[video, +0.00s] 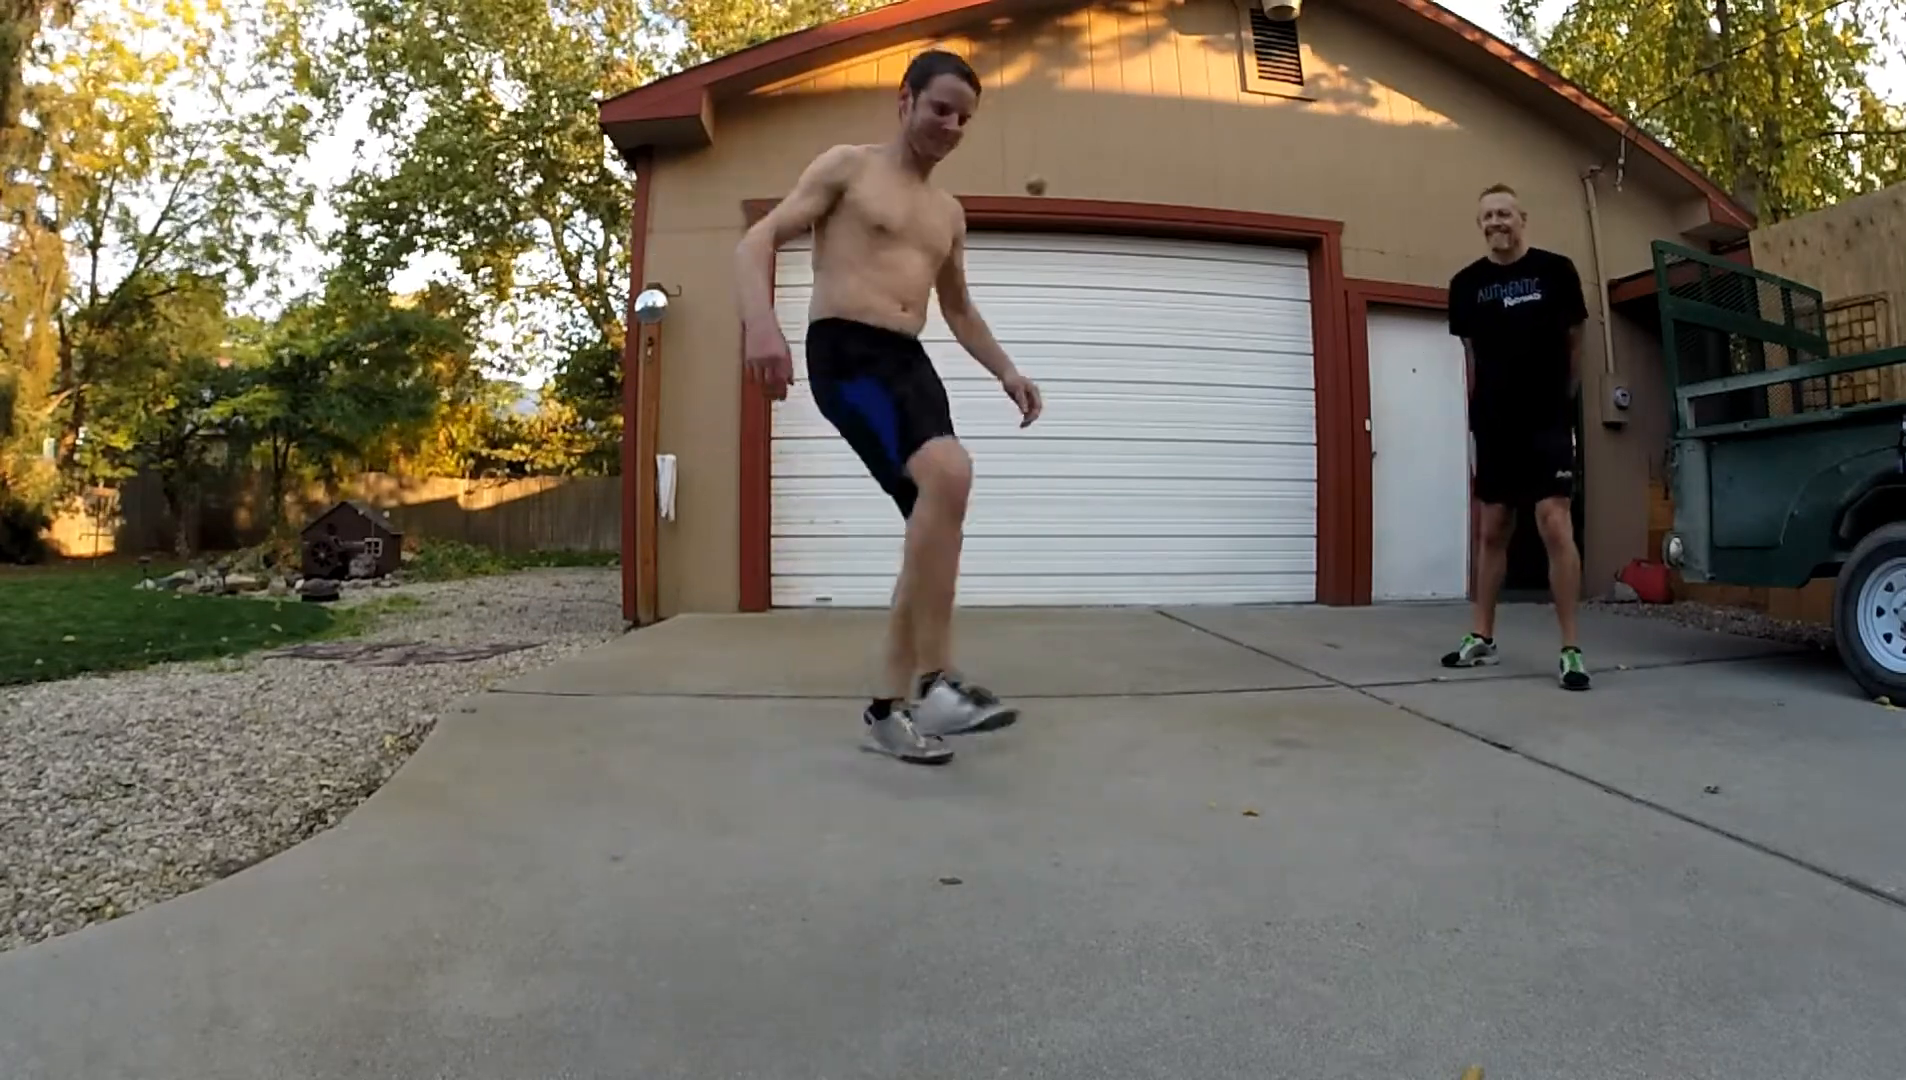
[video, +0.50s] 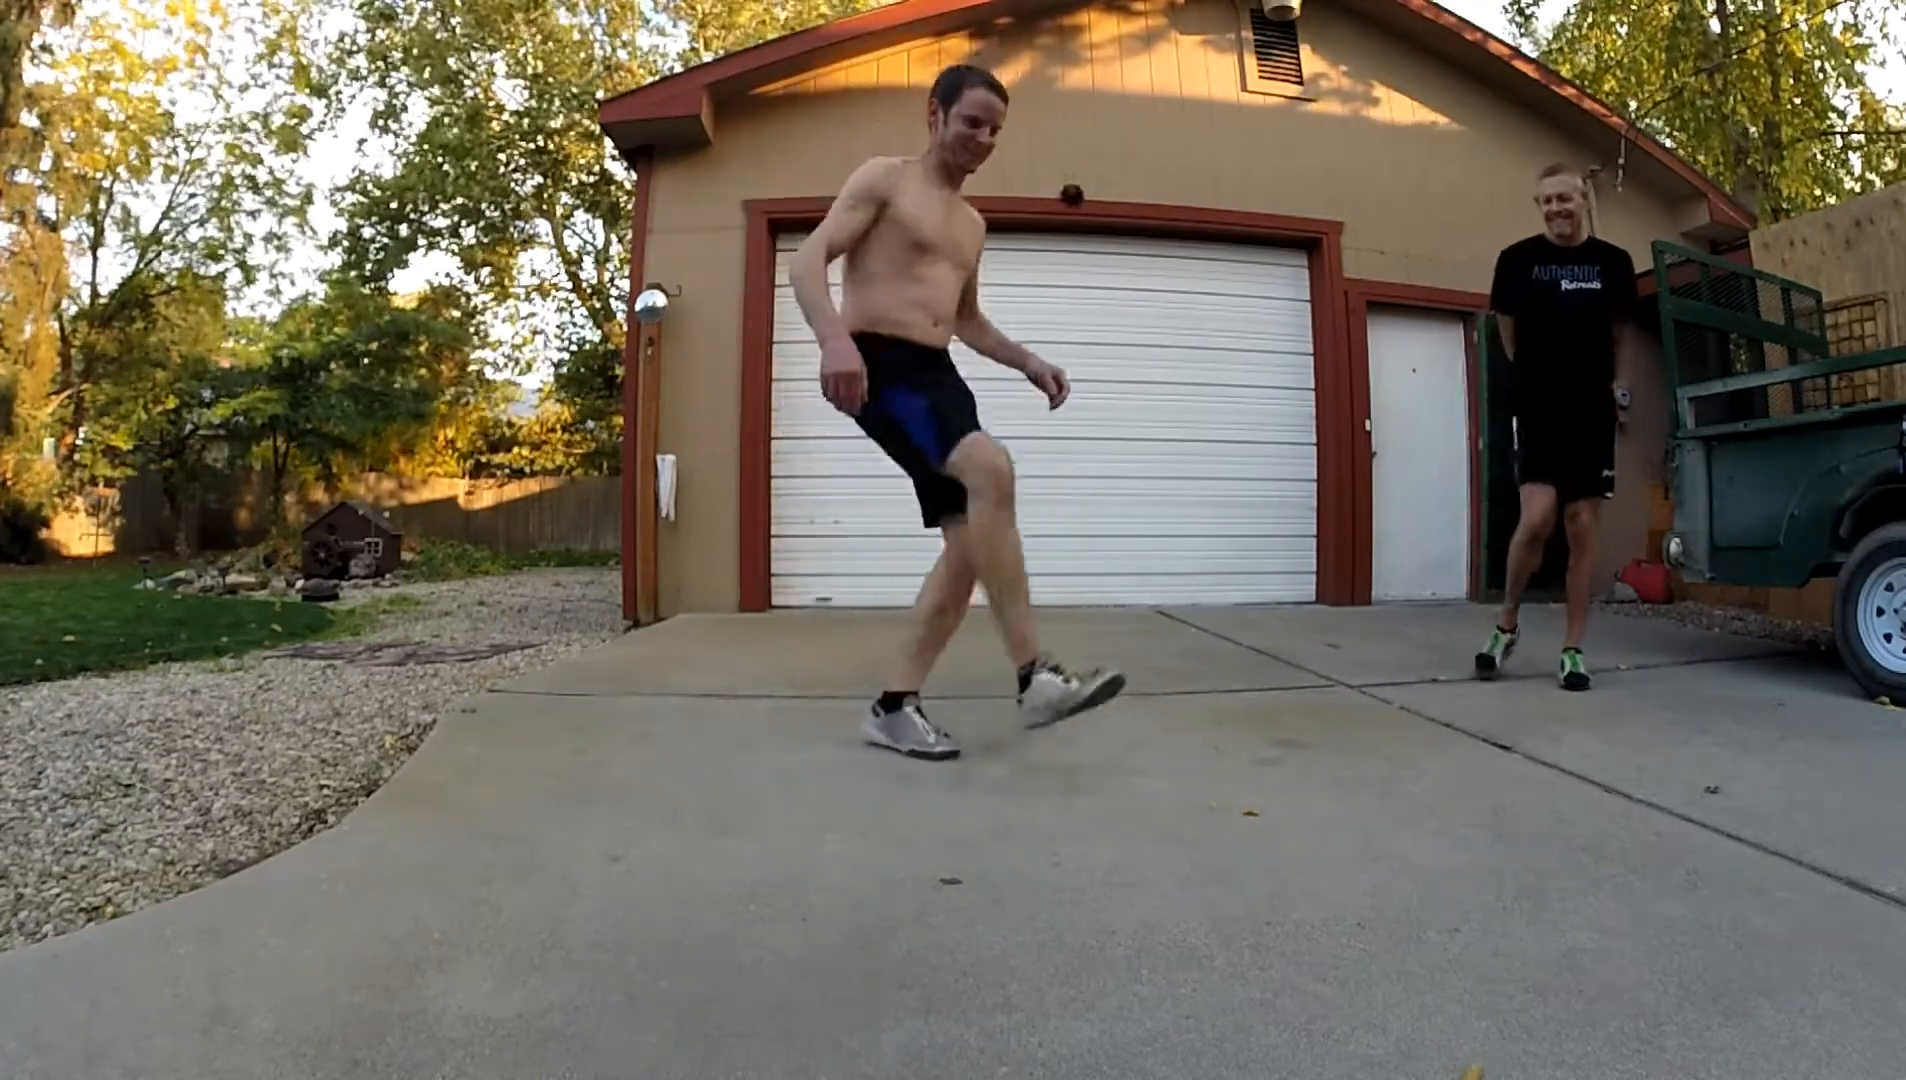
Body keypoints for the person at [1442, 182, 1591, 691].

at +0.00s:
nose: (1496, 222)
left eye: (1504, 214)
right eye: (1488, 216)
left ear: (1523, 221)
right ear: (1478, 226)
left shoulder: (1556, 270)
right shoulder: (1466, 283)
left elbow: (1574, 341)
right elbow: (1472, 354)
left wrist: (1564, 392)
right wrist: (1480, 404)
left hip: (1548, 414)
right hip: (1495, 416)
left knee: (1555, 526)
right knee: (1491, 530)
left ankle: (1570, 648)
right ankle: (1481, 636)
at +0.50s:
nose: (1556, 209)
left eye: (1565, 199)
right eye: (1547, 201)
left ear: (1586, 202)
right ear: (1537, 207)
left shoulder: (1614, 262)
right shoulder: (1515, 261)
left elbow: (1622, 336)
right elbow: (1507, 335)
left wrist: (1616, 388)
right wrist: (1524, 377)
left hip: (1592, 404)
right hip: (1537, 403)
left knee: (1581, 523)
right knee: (1536, 520)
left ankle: (1573, 648)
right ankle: (1506, 625)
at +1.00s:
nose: (1575, 197)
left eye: (1584, 186)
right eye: (1565, 190)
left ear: (1605, 189)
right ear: (1556, 199)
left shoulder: (1635, 254)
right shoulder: (1537, 253)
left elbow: (1642, 337)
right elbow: (1524, 341)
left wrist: (1618, 376)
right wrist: (1559, 378)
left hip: (1622, 400)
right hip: (1565, 403)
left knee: (1603, 532)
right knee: (1601, 523)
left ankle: (1574, 652)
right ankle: (1619, 665)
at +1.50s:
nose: (1582, 167)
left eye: (1589, 153)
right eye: (1570, 160)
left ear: (1616, 149)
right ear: (1563, 170)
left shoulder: (1662, 210)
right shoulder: (1557, 231)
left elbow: (1675, 284)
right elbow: (1553, 323)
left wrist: (1640, 335)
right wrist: (1591, 360)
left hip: (1660, 376)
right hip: (1602, 384)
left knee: (1665, 530)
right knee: (1630, 518)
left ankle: (1610, 631)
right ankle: (1630, 667)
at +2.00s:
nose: (1596, 141)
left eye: (1603, 127)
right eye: (1585, 136)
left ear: (1633, 127)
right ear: (1581, 150)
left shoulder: (1692, 188)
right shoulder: (1578, 215)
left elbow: (1720, 281)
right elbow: (1590, 313)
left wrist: (1697, 342)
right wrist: (1639, 347)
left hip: (1706, 375)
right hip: (1637, 386)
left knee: (1755, 519)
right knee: (1649, 528)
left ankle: (1801, 675)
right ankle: (1632, 672)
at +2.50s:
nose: (1684, 117)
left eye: (1692, 102)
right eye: (1674, 112)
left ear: (1724, 102)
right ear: (1671, 125)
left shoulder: (1788, 164)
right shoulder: (1670, 201)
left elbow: (1829, 262)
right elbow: (1684, 294)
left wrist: (1814, 337)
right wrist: (1737, 333)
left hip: (1803, 368)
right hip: (1729, 377)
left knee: (1808, 526)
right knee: (1706, 528)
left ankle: (1818, 692)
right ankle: (1647, 666)